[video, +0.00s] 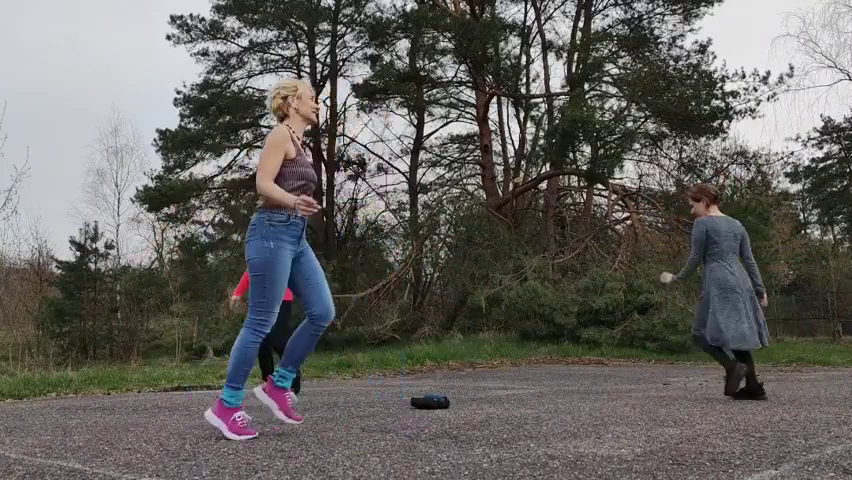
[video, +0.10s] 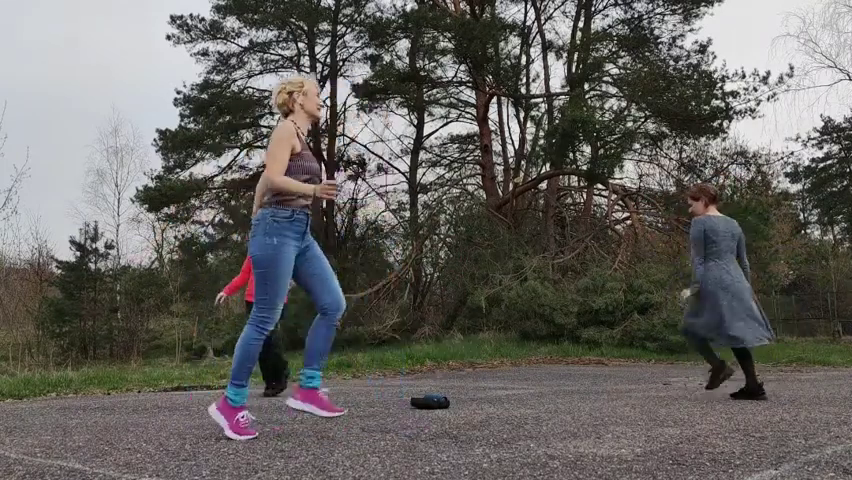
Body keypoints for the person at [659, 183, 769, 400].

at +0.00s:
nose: (692, 211)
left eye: (693, 206)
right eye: (691, 206)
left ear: (705, 201)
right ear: (708, 202)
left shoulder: (702, 223)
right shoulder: (737, 224)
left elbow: (696, 257)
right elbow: (748, 259)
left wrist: (678, 277)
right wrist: (760, 288)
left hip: (718, 284)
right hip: (741, 283)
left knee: (701, 334)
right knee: (739, 332)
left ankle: (730, 366)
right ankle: (753, 384)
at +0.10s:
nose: (690, 209)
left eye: (692, 204)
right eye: (689, 205)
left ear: (704, 201)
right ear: (708, 201)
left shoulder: (699, 223)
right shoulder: (733, 224)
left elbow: (698, 258)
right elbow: (743, 261)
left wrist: (696, 284)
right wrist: (747, 287)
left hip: (712, 282)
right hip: (737, 281)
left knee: (690, 328)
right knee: (735, 332)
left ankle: (717, 365)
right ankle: (753, 384)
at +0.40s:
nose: (673, 211)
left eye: (675, 207)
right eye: (673, 207)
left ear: (687, 206)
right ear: (691, 207)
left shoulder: (683, 228)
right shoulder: (710, 231)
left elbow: (690, 255)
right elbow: (713, 265)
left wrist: (695, 281)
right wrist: (709, 283)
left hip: (688, 288)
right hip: (709, 286)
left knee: (679, 335)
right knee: (717, 334)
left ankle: (680, 383)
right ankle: (747, 379)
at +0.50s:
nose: (665, 209)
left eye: (667, 205)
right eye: (665, 205)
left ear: (678, 205)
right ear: (682, 206)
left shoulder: (675, 227)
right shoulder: (700, 230)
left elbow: (682, 255)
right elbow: (704, 264)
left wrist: (687, 280)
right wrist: (699, 282)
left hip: (678, 288)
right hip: (698, 286)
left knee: (676, 335)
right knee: (696, 337)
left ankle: (680, 383)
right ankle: (732, 370)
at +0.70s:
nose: (652, 209)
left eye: (654, 205)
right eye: (652, 204)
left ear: (665, 205)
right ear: (669, 206)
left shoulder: (663, 227)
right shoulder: (688, 230)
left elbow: (664, 258)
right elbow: (693, 262)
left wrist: (662, 285)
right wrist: (688, 282)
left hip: (670, 284)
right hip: (686, 284)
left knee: (667, 332)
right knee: (678, 332)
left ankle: (680, 381)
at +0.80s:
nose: (647, 211)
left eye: (648, 207)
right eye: (647, 207)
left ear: (660, 206)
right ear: (664, 207)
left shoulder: (657, 230)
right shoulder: (681, 231)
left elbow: (650, 261)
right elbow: (687, 263)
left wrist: (645, 287)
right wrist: (690, 288)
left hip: (663, 287)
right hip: (680, 287)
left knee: (664, 334)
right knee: (653, 331)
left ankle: (680, 382)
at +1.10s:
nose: (625, 217)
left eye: (627, 212)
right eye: (624, 213)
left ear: (639, 211)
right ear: (642, 212)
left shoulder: (634, 234)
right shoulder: (662, 232)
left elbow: (609, 255)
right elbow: (677, 259)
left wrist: (582, 259)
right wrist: (690, 279)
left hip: (644, 288)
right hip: (659, 287)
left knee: (658, 333)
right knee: (626, 316)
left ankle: (679, 382)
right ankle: (611, 363)